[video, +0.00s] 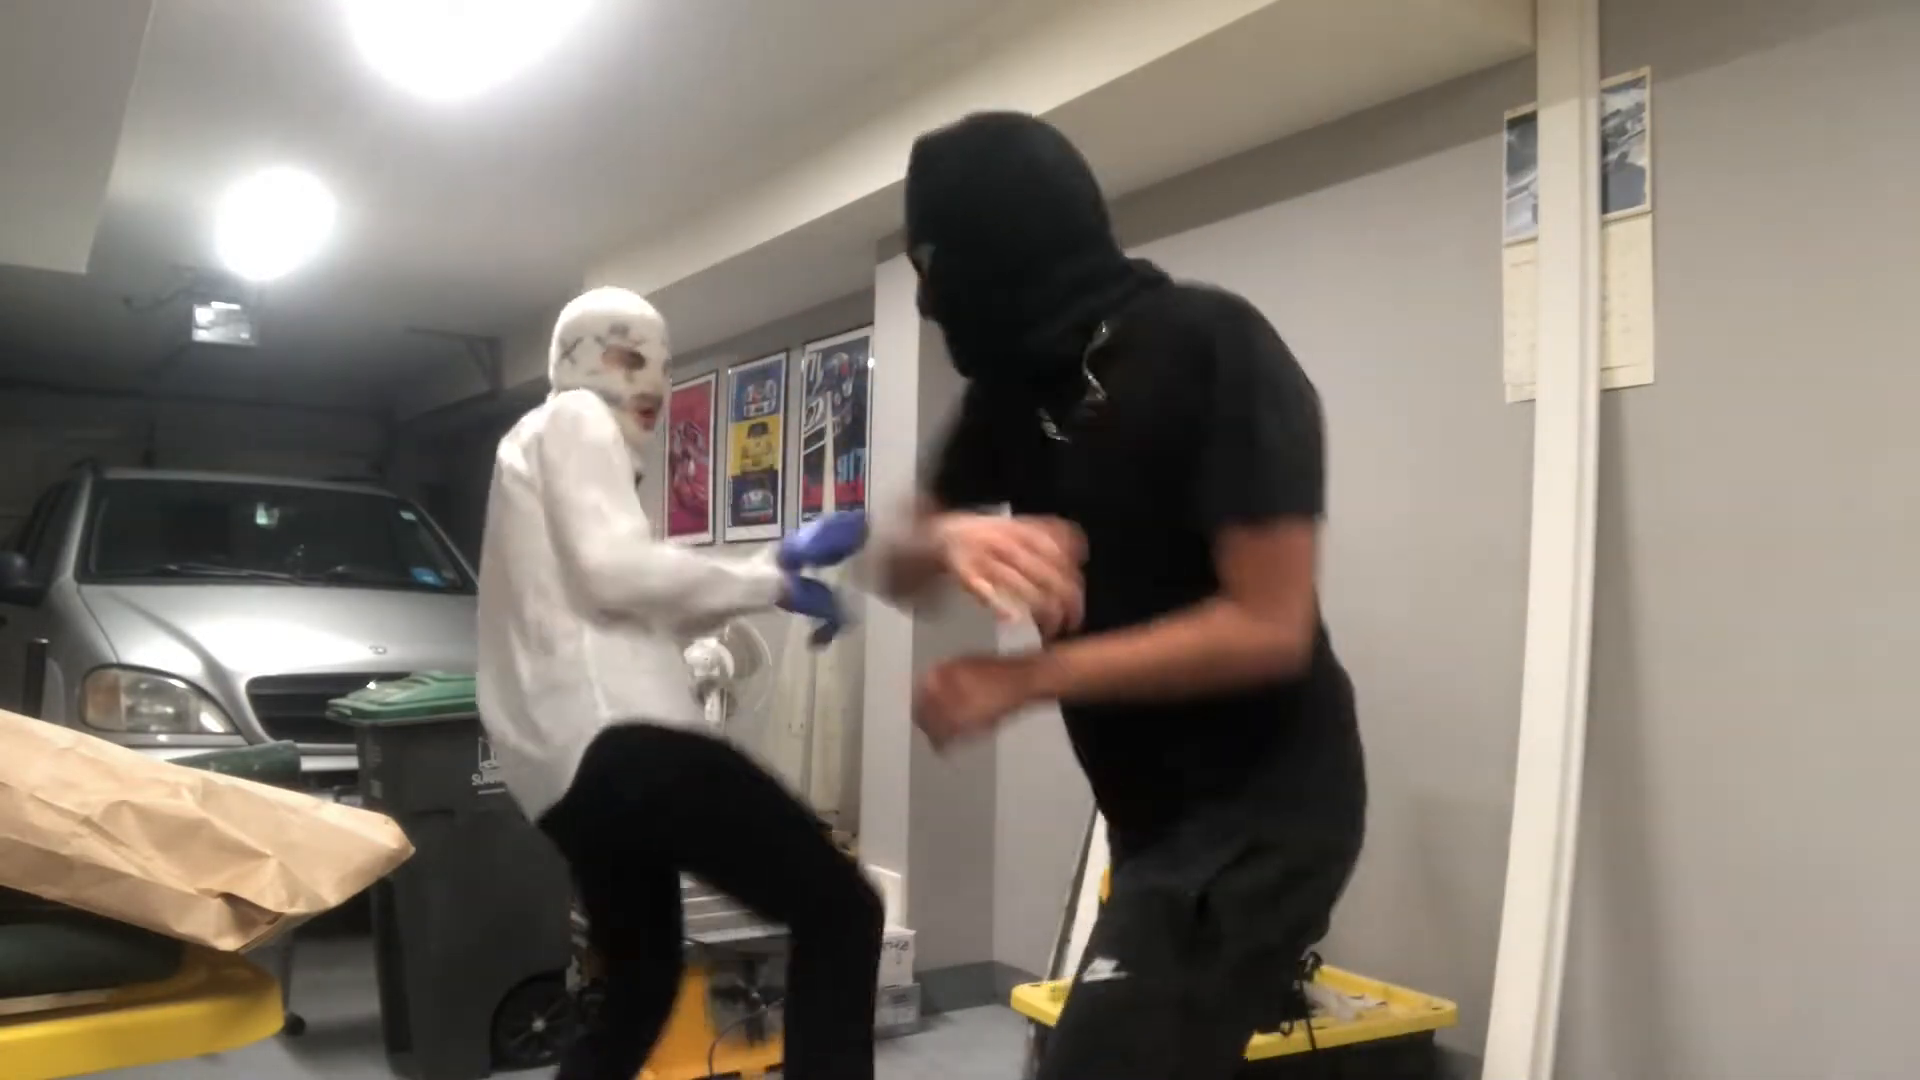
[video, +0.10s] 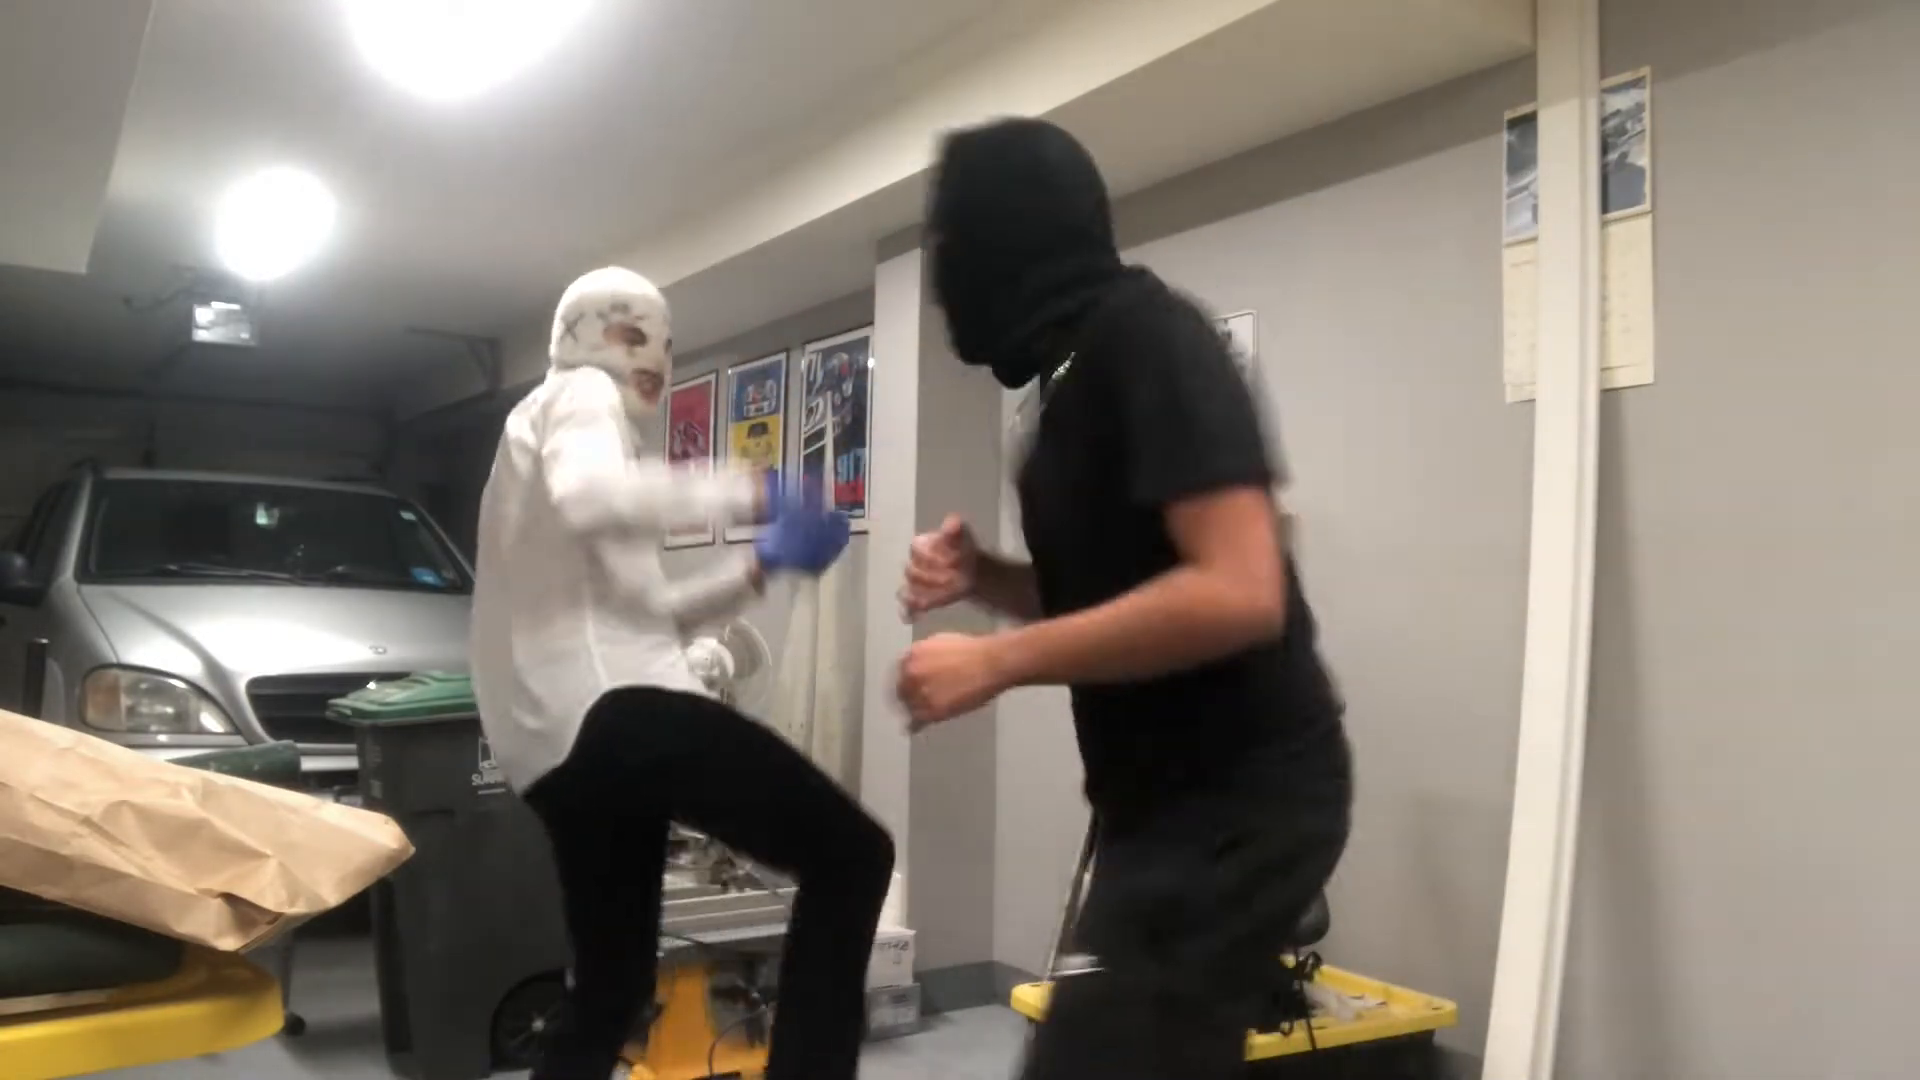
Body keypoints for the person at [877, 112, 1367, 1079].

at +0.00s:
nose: (927, 302)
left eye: (937, 266)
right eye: (921, 271)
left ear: (1008, 248)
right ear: (1006, 255)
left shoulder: (1216, 349)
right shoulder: (1010, 396)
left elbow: (1274, 628)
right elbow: (901, 560)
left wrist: (1029, 677)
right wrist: (951, 539)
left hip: (1265, 803)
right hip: (1152, 810)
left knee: (1094, 1061)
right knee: (1157, 1059)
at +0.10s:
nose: (935, 274)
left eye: (947, 241)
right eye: (935, 246)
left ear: (1009, 242)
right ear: (1028, 245)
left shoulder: (1147, 334)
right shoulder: (1071, 379)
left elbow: (1245, 590)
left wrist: (1000, 660)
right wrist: (987, 580)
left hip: (1235, 805)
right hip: (1162, 802)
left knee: (1098, 1061)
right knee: (1144, 1060)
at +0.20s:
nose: (1028, 272)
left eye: (1035, 253)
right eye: (1038, 252)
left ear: (1055, 265)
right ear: (1162, 263)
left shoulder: (1070, 366)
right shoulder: (1248, 390)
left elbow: (1146, 545)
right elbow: (1262, 581)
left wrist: (899, 633)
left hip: (1130, 852)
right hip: (1263, 850)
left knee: (1009, 1054)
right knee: (1125, 1053)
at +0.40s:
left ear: (1117, 323)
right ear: (1244, 329)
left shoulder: (1063, 427)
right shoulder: (1318, 452)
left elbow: (937, 566)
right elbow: (1444, 670)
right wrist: (1373, 563)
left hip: (1055, 872)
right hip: (1234, 887)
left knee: (1015, 1049)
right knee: (1162, 1054)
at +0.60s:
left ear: (1139, 338)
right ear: (1256, 335)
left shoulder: (1087, 433)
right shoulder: (1308, 412)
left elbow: (1009, 658)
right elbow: (1276, 586)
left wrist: (1129, 661)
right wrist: (1389, 704)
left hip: (1055, 847)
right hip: (1223, 867)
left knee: (1021, 1057)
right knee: (1172, 1055)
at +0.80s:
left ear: (1137, 347)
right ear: (1266, 356)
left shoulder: (1071, 429)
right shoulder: (1341, 446)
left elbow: (857, 477)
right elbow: (1465, 630)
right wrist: (1410, 737)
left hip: (1106, 837)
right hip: (1297, 846)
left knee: (1078, 1056)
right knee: (1267, 1061)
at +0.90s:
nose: (1112, 378)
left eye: (1114, 363)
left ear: (1126, 359)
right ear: (1255, 357)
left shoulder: (1086, 427)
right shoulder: (1347, 449)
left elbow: (865, 487)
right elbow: (1510, 619)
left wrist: (682, 534)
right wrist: (1404, 679)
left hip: (1123, 854)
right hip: (1316, 876)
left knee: (1041, 1055)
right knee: (1241, 1065)